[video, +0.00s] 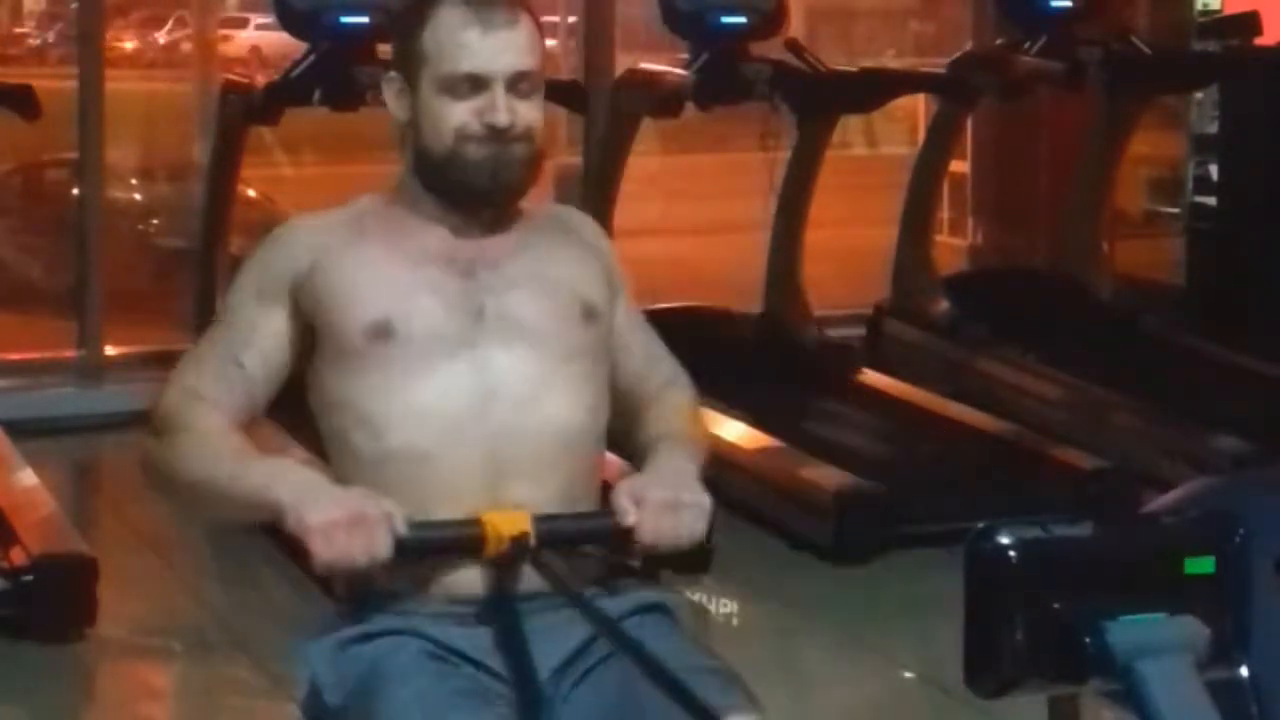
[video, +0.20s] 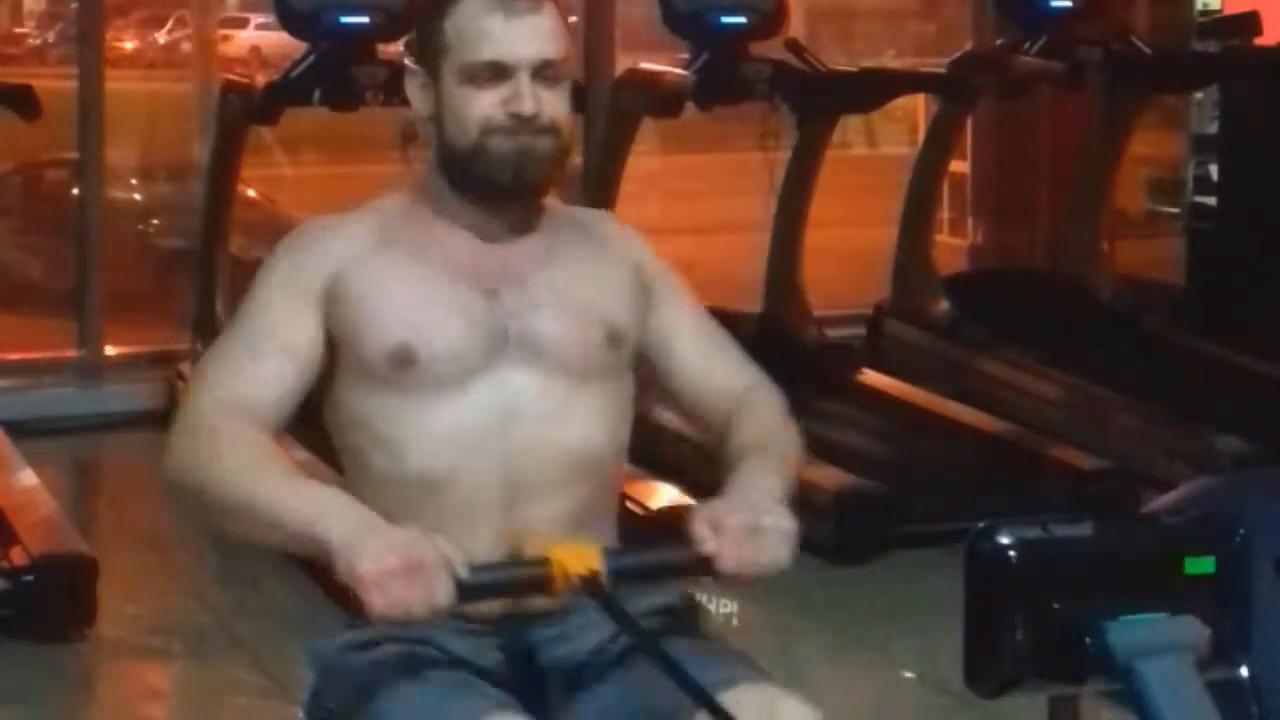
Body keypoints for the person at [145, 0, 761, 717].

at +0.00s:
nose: (501, 115)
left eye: (522, 89)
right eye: (466, 89)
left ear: (543, 101)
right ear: (399, 99)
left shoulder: (578, 245)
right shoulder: (312, 253)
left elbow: (665, 397)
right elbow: (182, 428)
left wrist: (673, 471)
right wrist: (297, 488)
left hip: (597, 610)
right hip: (414, 622)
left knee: (719, 709)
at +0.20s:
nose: (525, 104)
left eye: (547, 77)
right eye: (488, 78)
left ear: (570, 95)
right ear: (424, 95)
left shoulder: (613, 254)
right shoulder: (331, 257)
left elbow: (751, 404)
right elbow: (205, 442)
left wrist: (757, 490)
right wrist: (356, 533)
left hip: (606, 613)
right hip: (418, 631)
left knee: (778, 711)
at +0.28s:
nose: (541, 103)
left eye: (563, 75)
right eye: (504, 76)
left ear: (590, 90)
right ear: (434, 91)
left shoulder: (637, 262)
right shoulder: (342, 260)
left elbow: (775, 405)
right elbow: (225, 442)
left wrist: (791, 498)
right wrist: (381, 547)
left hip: (614, 623)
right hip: (426, 641)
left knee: (794, 710)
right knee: (492, 718)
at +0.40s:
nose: (579, 100)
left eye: (602, 73)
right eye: (539, 74)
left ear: (625, 91)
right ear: (468, 93)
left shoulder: (681, 272)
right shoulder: (371, 274)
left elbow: (831, 415)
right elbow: (292, 460)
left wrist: (871, 537)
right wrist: (450, 593)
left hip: (631, 647)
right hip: (434, 653)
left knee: (817, 706)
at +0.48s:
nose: (598, 102)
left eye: (619, 73)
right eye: (557, 75)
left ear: (646, 93)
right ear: (484, 98)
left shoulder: (710, 282)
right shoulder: (389, 282)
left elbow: (859, 428)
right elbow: (329, 474)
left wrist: (916, 564)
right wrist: (483, 623)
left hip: (649, 643)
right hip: (436, 653)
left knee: (839, 694)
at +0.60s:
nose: (636, 115)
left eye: (659, 84)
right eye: (591, 87)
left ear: (689, 105)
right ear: (519, 115)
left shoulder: (757, 303)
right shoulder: (415, 311)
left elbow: (906, 462)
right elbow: (402, 518)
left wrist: (1001, 632)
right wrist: (542, 694)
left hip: (663, 655)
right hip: (468, 665)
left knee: (843, 683)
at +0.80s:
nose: (689, 145)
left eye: (711, 110)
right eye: (641, 115)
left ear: (740, 133)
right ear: (559, 147)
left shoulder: (817, 344)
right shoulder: (451, 357)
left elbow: (962, 519)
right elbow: (487, 585)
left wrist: (1073, 684)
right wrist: (573, 714)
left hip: (691, 677)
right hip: (499, 688)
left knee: (857, 669)